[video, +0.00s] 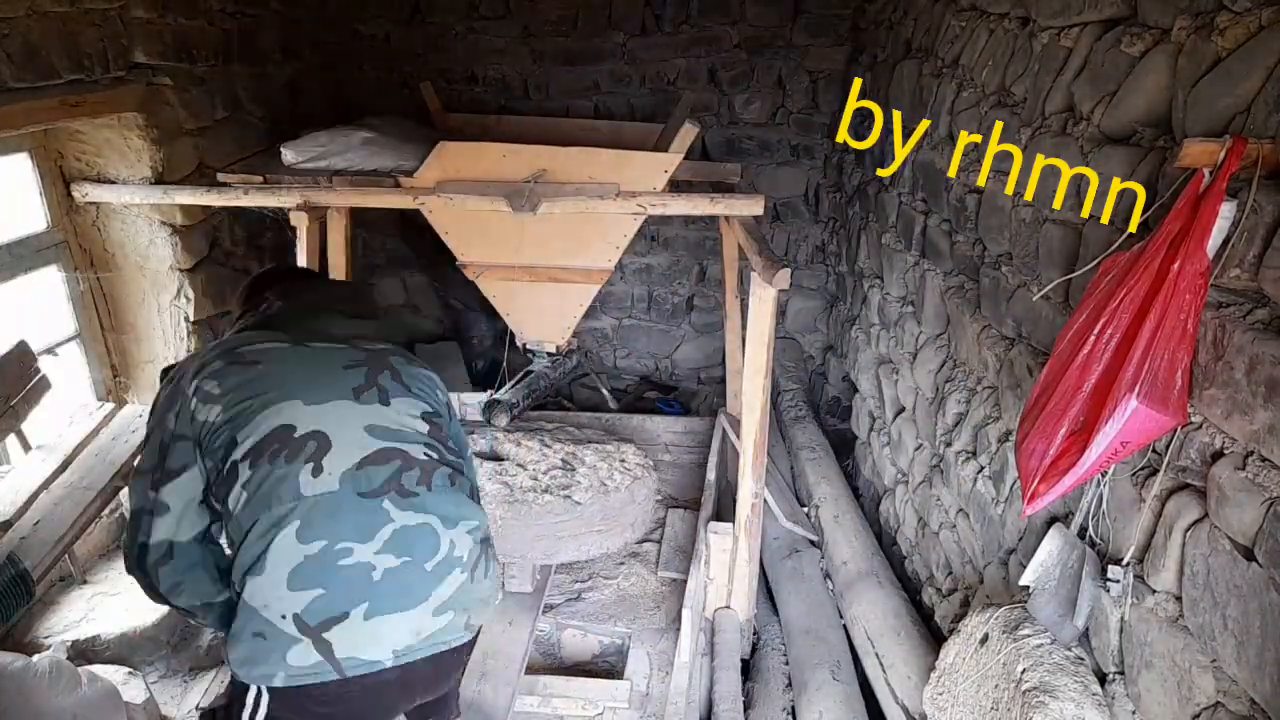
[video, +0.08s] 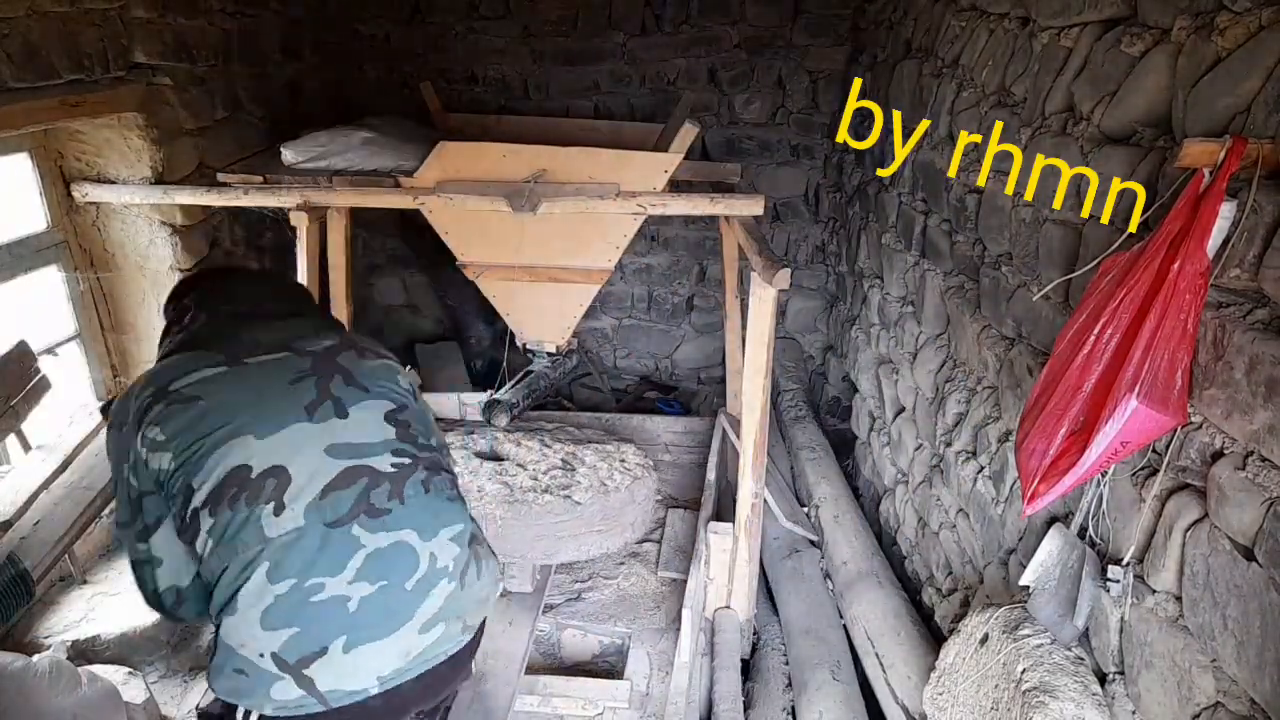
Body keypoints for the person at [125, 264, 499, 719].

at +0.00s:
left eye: (240, 309)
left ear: (249, 312)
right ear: (337, 304)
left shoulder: (199, 379)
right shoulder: (408, 367)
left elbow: (164, 548)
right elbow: (465, 495)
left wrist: (249, 620)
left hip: (311, 667)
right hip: (449, 644)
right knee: (433, 706)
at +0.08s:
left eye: (174, 320)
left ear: (184, 322)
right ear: (294, 302)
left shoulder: (145, 405)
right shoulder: (370, 354)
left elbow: (175, 588)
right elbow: (437, 471)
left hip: (300, 682)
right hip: (454, 638)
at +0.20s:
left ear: (344, 180)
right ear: (436, 196)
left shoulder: (262, 258)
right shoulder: (469, 302)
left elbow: (220, 392)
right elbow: (485, 430)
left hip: (320, 606)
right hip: (446, 576)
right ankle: (497, 646)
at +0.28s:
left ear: (374, 173)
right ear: (473, 197)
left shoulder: (290, 244)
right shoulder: (489, 324)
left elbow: (243, 374)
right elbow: (485, 457)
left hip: (304, 610)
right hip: (438, 591)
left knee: (313, 709)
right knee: (460, 537)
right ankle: (493, 651)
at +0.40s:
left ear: (333, 186)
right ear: (428, 190)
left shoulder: (268, 264)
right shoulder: (470, 291)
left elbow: (226, 422)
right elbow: (491, 419)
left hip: (337, 608)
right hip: (469, 575)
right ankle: (494, 699)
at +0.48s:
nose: (134, 505)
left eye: (130, 493)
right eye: (128, 493)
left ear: (135, 476)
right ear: (173, 416)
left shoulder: (168, 495)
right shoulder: (260, 414)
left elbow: (213, 663)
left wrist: (299, 699)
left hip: (451, 598)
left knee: (393, 704)